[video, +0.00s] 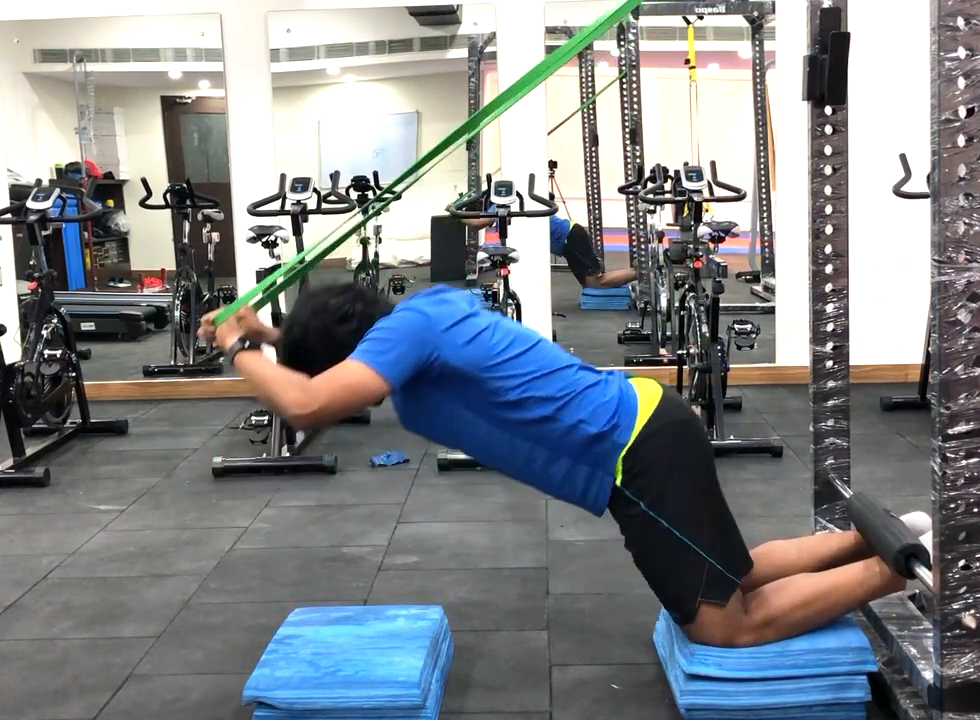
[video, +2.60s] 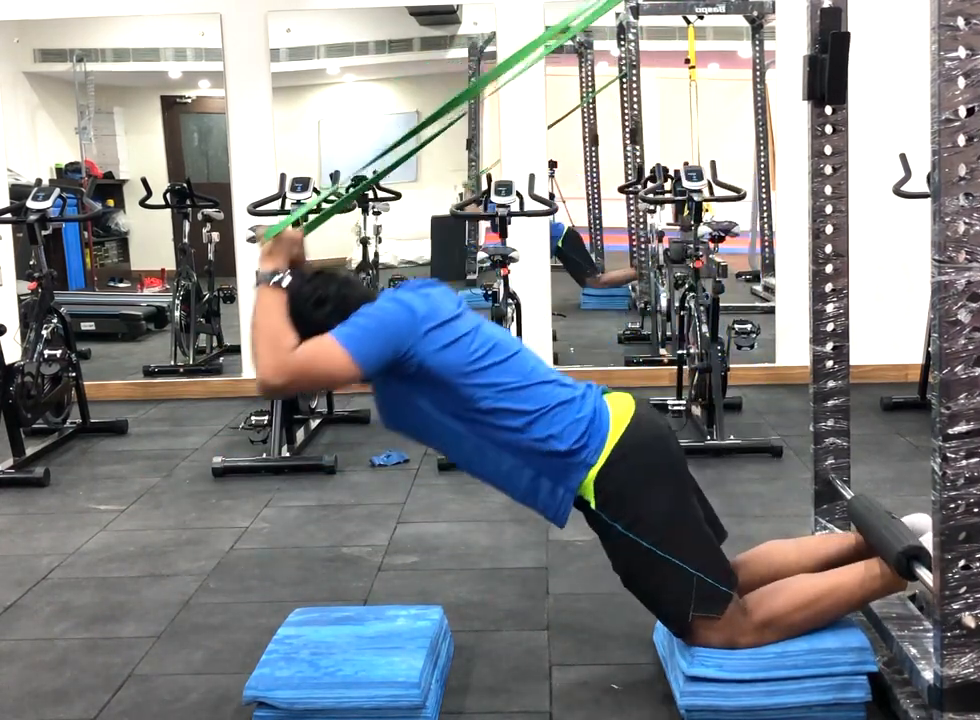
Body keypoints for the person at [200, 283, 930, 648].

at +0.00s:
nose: (337, 379)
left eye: (329, 363)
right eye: (328, 365)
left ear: (341, 337)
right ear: (359, 314)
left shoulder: (408, 329)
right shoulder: (418, 318)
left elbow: (304, 404)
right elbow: (332, 394)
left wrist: (243, 352)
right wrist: (269, 349)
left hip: (637, 451)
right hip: (639, 431)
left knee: (727, 626)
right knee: (724, 582)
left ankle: (896, 569)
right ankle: (860, 538)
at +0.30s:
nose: (406, 307)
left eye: (405, 293)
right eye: (398, 298)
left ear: (427, 268)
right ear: (439, 247)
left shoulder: (503, 254)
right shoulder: (492, 271)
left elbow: (382, 319)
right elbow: (395, 307)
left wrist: (312, 257)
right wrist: (330, 258)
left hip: (686, 434)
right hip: (682, 427)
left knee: (727, 625)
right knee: (723, 580)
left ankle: (900, 569)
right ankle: (862, 538)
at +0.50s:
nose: (471, 243)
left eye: (474, 229)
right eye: (464, 232)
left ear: (496, 209)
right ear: (499, 206)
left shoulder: (567, 210)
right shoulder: (546, 230)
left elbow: (445, 246)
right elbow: (449, 250)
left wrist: (381, 172)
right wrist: (402, 184)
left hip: (711, 433)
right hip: (685, 439)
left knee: (726, 625)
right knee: (714, 582)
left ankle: (900, 574)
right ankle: (863, 542)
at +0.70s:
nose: (534, 179)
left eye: (536, 165)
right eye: (529, 165)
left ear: (567, 150)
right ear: (577, 150)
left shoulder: (635, 176)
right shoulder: (600, 207)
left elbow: (515, 172)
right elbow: (519, 176)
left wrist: (468, 91)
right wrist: (483, 105)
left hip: (724, 429)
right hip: (691, 432)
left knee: (721, 623)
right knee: (715, 576)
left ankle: (899, 581)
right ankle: (865, 552)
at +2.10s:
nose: (449, 217)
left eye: (448, 204)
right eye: (443, 206)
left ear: (472, 189)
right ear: (493, 173)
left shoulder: (542, 206)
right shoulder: (527, 225)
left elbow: (419, 220)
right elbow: (426, 221)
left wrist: (391, 129)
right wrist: (398, 144)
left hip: (668, 433)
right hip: (647, 437)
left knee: (720, 621)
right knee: (712, 584)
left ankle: (900, 572)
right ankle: (860, 541)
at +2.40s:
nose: (363, 297)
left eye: (356, 280)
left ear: (372, 267)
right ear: (398, 233)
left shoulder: (455, 260)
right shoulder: (452, 263)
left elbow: (329, 296)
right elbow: (344, 292)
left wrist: (333, 206)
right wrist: (342, 216)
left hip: (636, 453)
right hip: (632, 443)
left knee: (721, 625)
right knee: (714, 589)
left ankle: (906, 570)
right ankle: (863, 538)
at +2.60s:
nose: (310, 357)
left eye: (309, 343)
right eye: (306, 342)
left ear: (329, 321)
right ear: (345, 304)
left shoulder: (404, 314)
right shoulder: (406, 311)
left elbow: (280, 366)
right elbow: (295, 365)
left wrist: (270, 272)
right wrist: (282, 273)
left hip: (615, 465)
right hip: (613, 449)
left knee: (726, 630)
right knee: (712, 586)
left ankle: (904, 568)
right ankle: (867, 538)